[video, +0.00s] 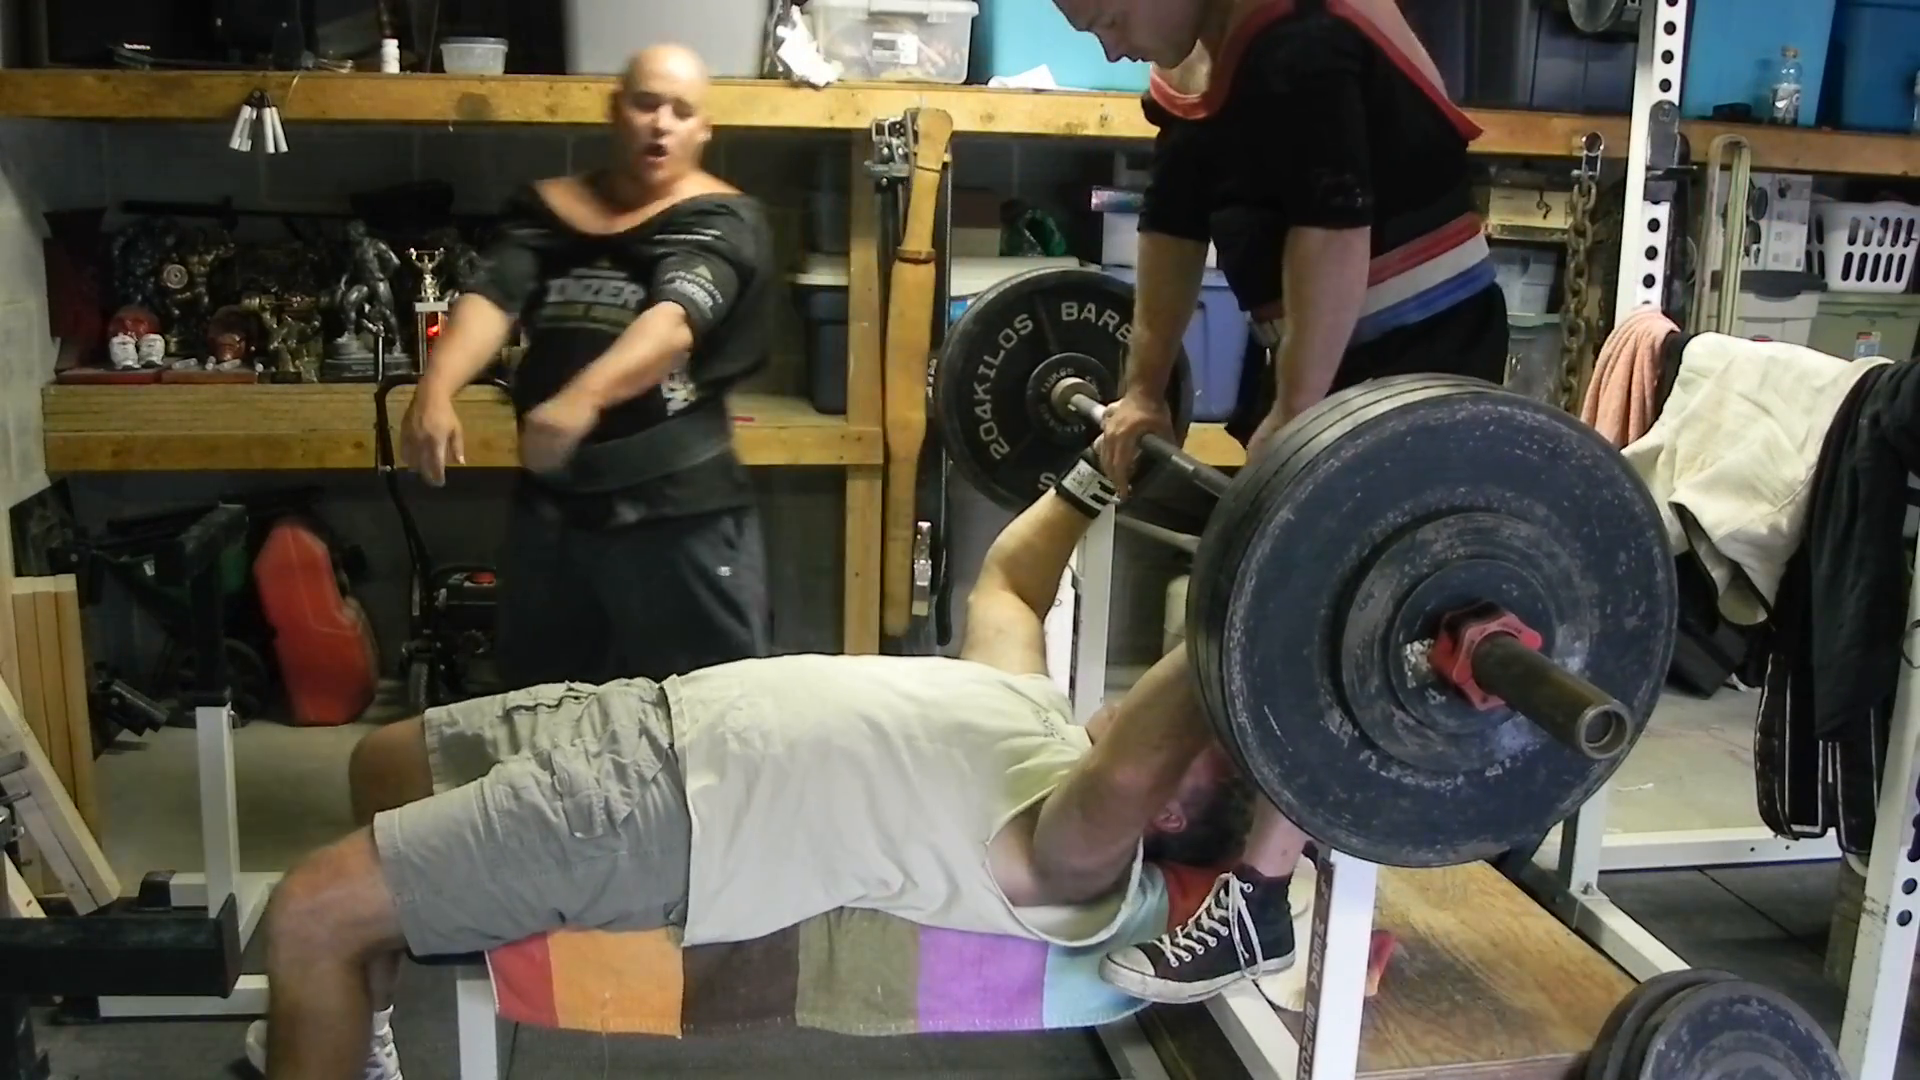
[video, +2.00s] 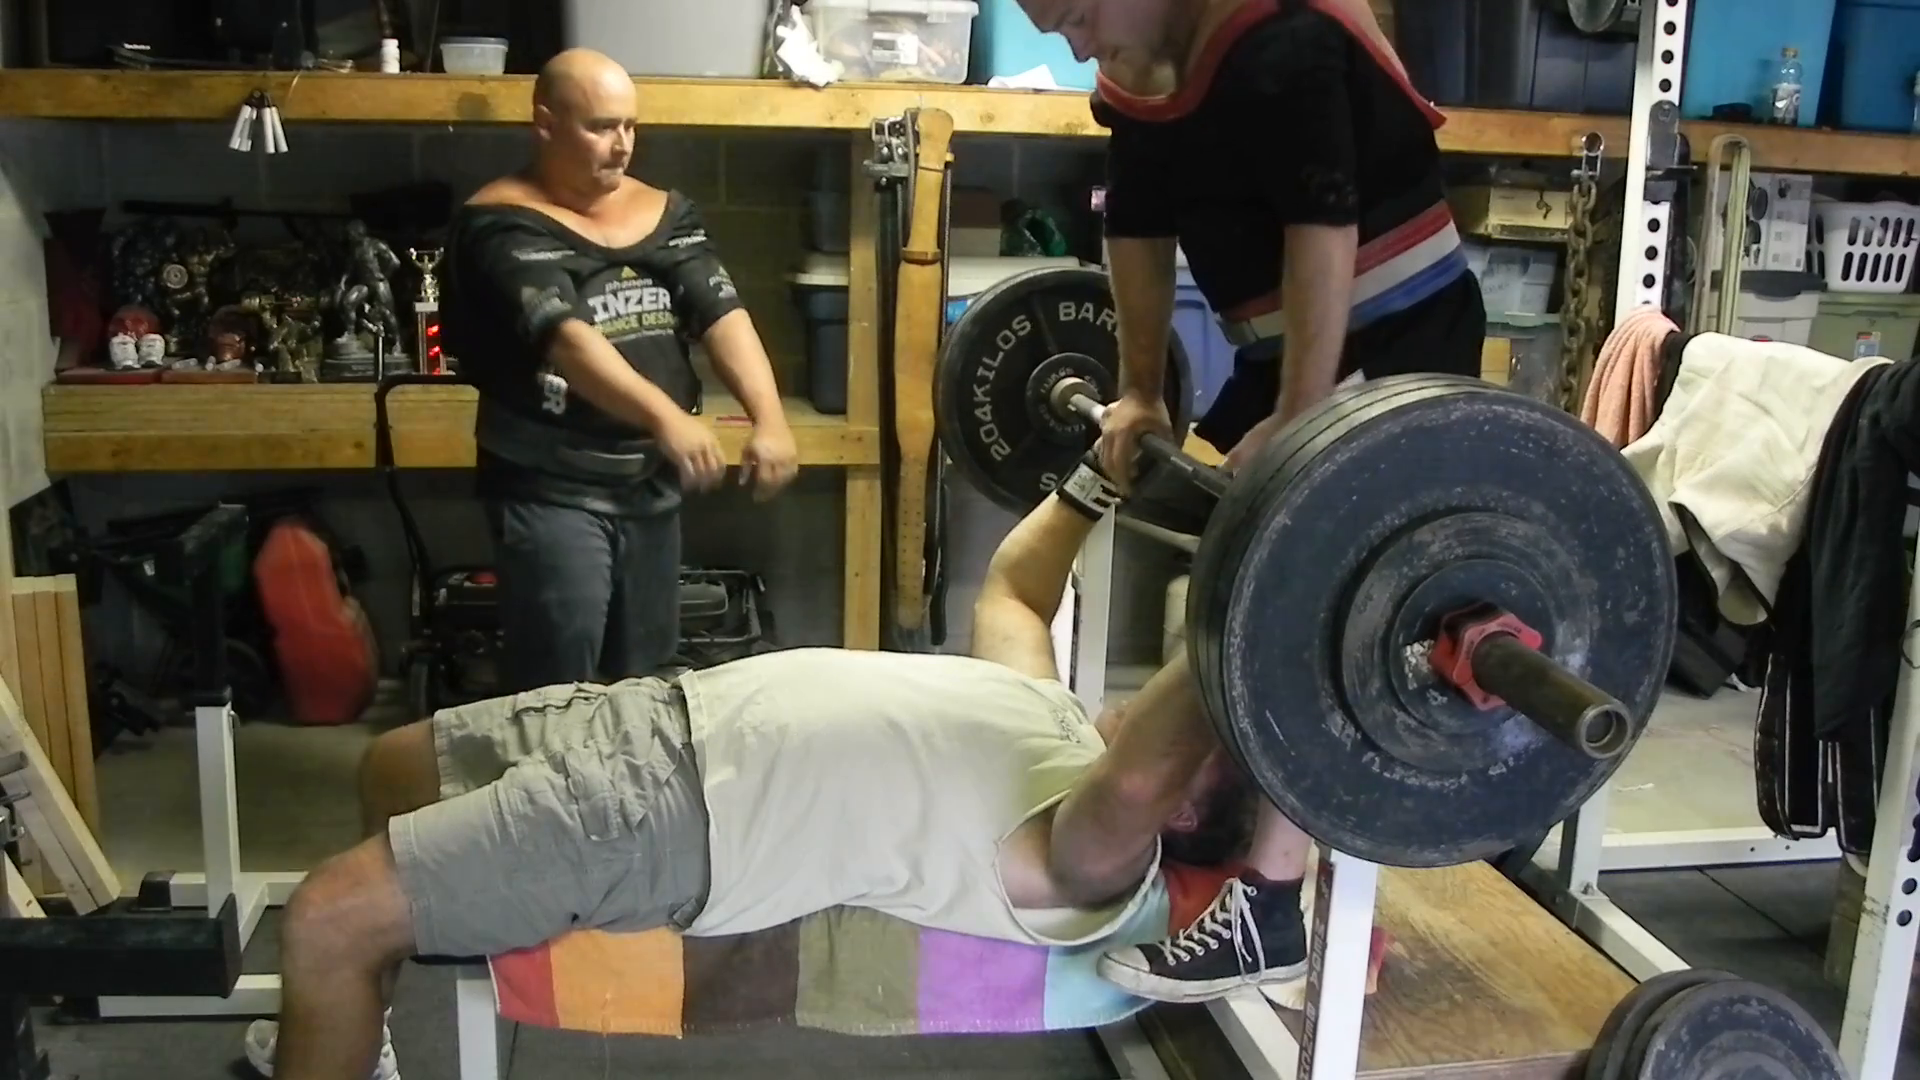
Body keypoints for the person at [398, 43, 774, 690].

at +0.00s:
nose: (661, 123)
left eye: (680, 110)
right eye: (646, 104)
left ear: (703, 128)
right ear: (615, 108)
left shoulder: (721, 216)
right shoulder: (548, 205)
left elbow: (676, 322)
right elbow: (491, 297)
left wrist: (581, 397)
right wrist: (435, 390)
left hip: (682, 518)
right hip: (554, 517)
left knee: (702, 731)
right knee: (546, 729)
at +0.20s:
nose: (577, 115)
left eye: (592, 101)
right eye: (558, 98)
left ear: (607, 110)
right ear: (518, 102)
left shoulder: (647, 202)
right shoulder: (460, 204)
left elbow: (668, 298)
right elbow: (437, 301)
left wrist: (654, 395)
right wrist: (444, 396)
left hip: (629, 498)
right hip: (495, 506)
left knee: (658, 707)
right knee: (502, 719)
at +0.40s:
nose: (528, 113)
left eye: (537, 98)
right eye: (506, 96)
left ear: (548, 104)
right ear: (456, 103)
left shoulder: (587, 194)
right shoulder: (417, 206)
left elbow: (646, 283)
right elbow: (456, 319)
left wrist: (678, 380)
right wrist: (536, 410)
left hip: (609, 494)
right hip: (485, 503)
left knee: (631, 698)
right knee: (489, 713)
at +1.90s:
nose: (621, 141)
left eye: (630, 122)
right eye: (602, 122)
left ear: (640, 120)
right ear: (549, 120)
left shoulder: (670, 208)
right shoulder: (503, 209)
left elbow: (721, 301)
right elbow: (543, 319)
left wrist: (762, 398)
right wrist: (646, 388)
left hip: (652, 488)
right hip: (546, 487)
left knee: (649, 687)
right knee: (553, 693)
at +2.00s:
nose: (623, 142)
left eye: (630, 124)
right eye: (603, 126)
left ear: (636, 120)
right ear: (545, 123)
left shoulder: (663, 210)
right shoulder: (501, 216)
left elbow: (721, 312)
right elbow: (560, 335)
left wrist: (770, 418)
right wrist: (666, 415)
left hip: (654, 494)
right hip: (554, 497)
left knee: (646, 696)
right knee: (559, 703)